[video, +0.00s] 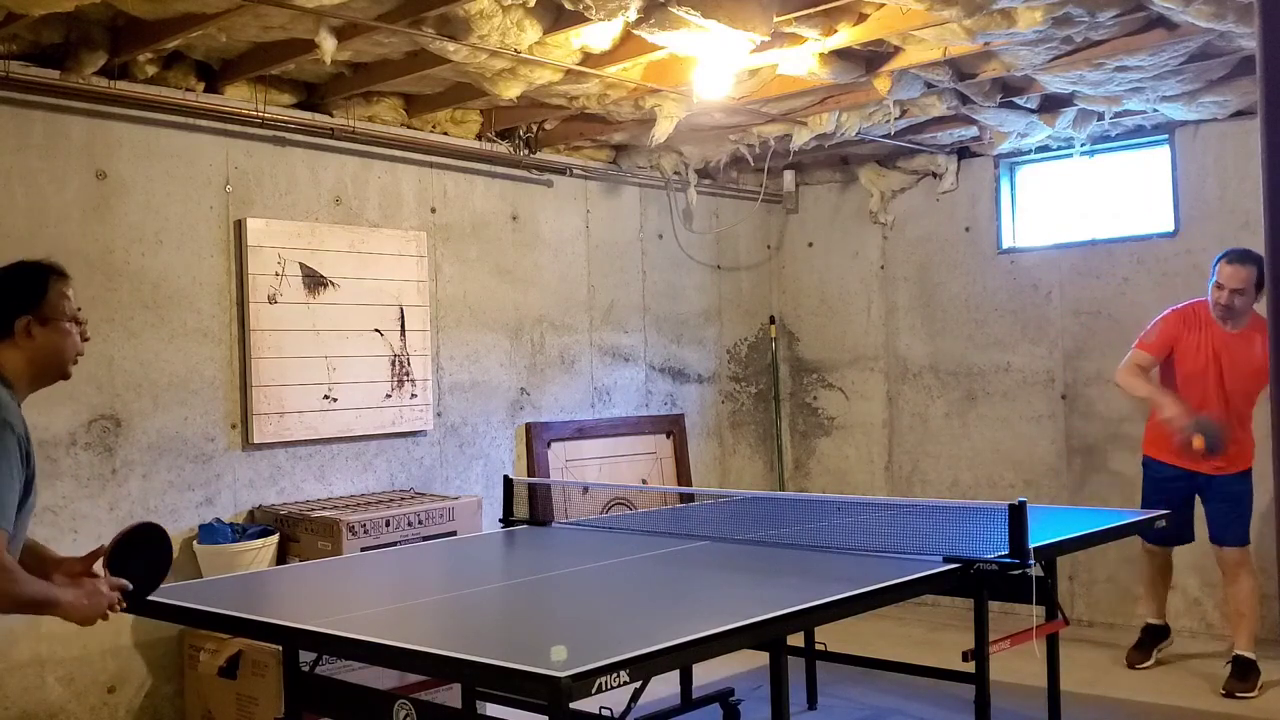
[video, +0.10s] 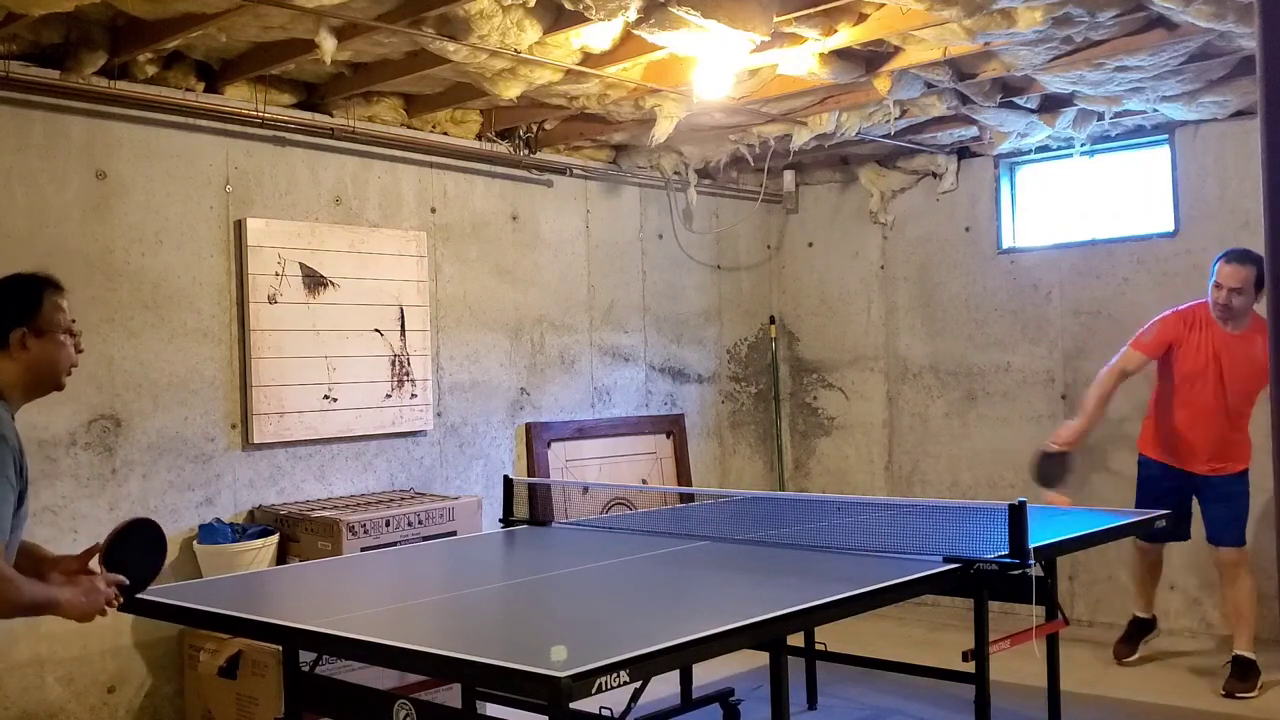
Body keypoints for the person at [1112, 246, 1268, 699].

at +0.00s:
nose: (1225, 299)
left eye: (1238, 292)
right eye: (1220, 288)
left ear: (1256, 294)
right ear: (1211, 282)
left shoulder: (1265, 339)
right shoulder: (1180, 320)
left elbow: (1267, 394)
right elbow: (1127, 372)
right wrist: (1168, 404)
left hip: (1230, 463)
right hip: (1168, 457)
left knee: (1234, 556)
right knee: (1155, 544)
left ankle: (1244, 657)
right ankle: (1155, 626)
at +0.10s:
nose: (1222, 298)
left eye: (1235, 291)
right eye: (1217, 287)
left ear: (1256, 294)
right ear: (1210, 283)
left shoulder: (1266, 342)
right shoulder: (1180, 322)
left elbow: (1271, 398)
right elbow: (1119, 368)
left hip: (1226, 461)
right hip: (1164, 454)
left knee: (1232, 556)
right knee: (1147, 543)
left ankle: (1244, 656)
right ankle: (1144, 618)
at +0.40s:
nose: (1173, 288)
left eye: (1185, 282)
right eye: (1169, 279)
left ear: (1209, 287)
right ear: (1163, 280)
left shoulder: (1232, 345)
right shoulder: (1137, 326)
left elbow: (1256, 414)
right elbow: (1086, 372)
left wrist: (1271, 462)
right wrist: (1042, 419)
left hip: (1195, 470)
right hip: (1130, 461)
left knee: (1211, 561)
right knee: (1101, 547)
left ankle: (1241, 657)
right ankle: (1079, 628)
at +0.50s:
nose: (1145, 291)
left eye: (1156, 284)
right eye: (1140, 282)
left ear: (1181, 289)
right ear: (1134, 284)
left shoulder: (1205, 346)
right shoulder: (1113, 334)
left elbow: (1226, 417)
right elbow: (1075, 385)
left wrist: (1236, 489)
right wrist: (1039, 437)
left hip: (1177, 477)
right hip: (1112, 470)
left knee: (1200, 563)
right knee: (1083, 555)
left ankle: (1240, 659)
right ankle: (1056, 641)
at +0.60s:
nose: (1113, 292)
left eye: (1124, 285)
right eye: (1109, 284)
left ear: (1149, 291)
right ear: (1103, 287)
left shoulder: (1173, 347)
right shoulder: (1086, 340)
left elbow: (1196, 417)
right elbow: (1057, 398)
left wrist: (1194, 485)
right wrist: (1030, 455)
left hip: (1154, 483)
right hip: (1089, 478)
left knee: (1188, 565)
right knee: (1067, 559)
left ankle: (1236, 658)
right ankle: (1054, 642)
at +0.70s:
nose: (1086, 290)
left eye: (1096, 282)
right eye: (1081, 282)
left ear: (1121, 287)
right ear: (1077, 285)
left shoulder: (1149, 344)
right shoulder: (1064, 339)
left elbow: (1173, 414)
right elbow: (1042, 400)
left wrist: (1154, 467)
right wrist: (1020, 457)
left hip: (1134, 480)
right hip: (1072, 477)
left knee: (1173, 563)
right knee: (1056, 557)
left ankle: (1226, 655)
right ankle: (1054, 643)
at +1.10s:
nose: (1037, 296)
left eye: (1046, 287)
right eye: (1032, 289)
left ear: (1072, 289)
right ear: (1032, 293)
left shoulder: (1111, 339)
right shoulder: (1034, 348)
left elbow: (1144, 404)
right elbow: (1027, 407)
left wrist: (1125, 466)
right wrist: (999, 452)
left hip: (1111, 476)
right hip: (1051, 475)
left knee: (1139, 562)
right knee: (1025, 551)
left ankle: (1175, 647)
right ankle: (1044, 628)